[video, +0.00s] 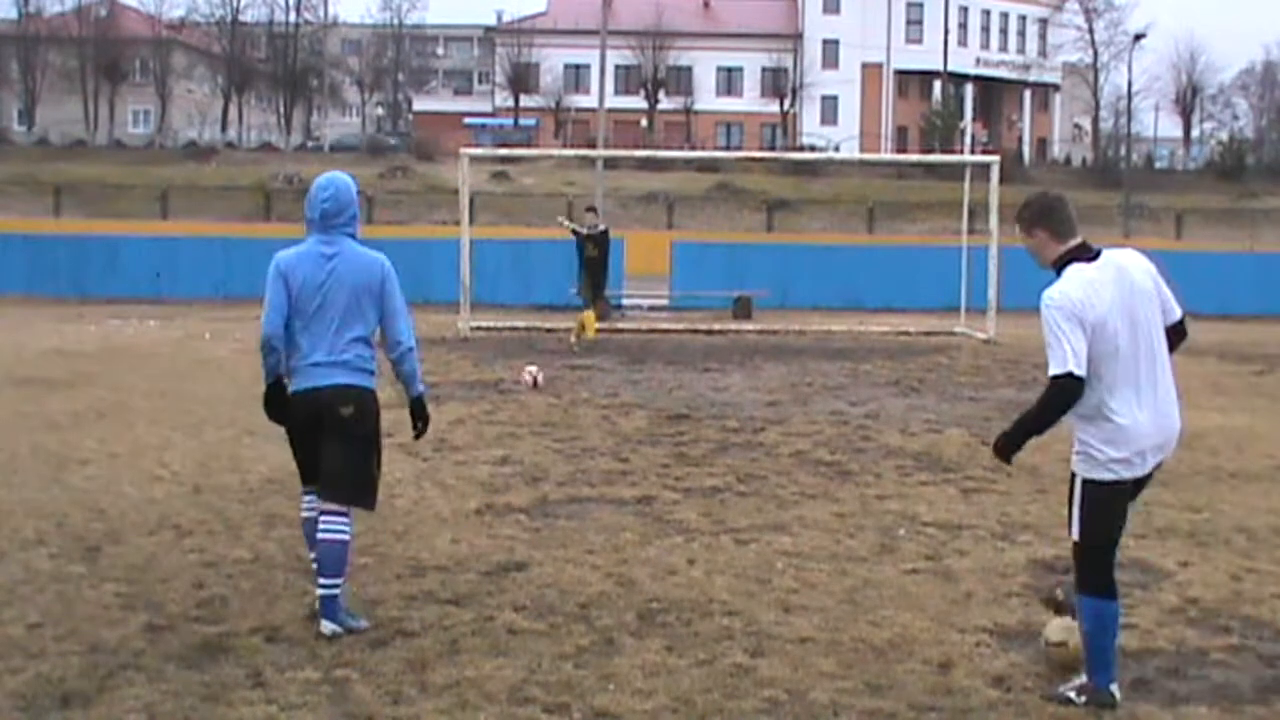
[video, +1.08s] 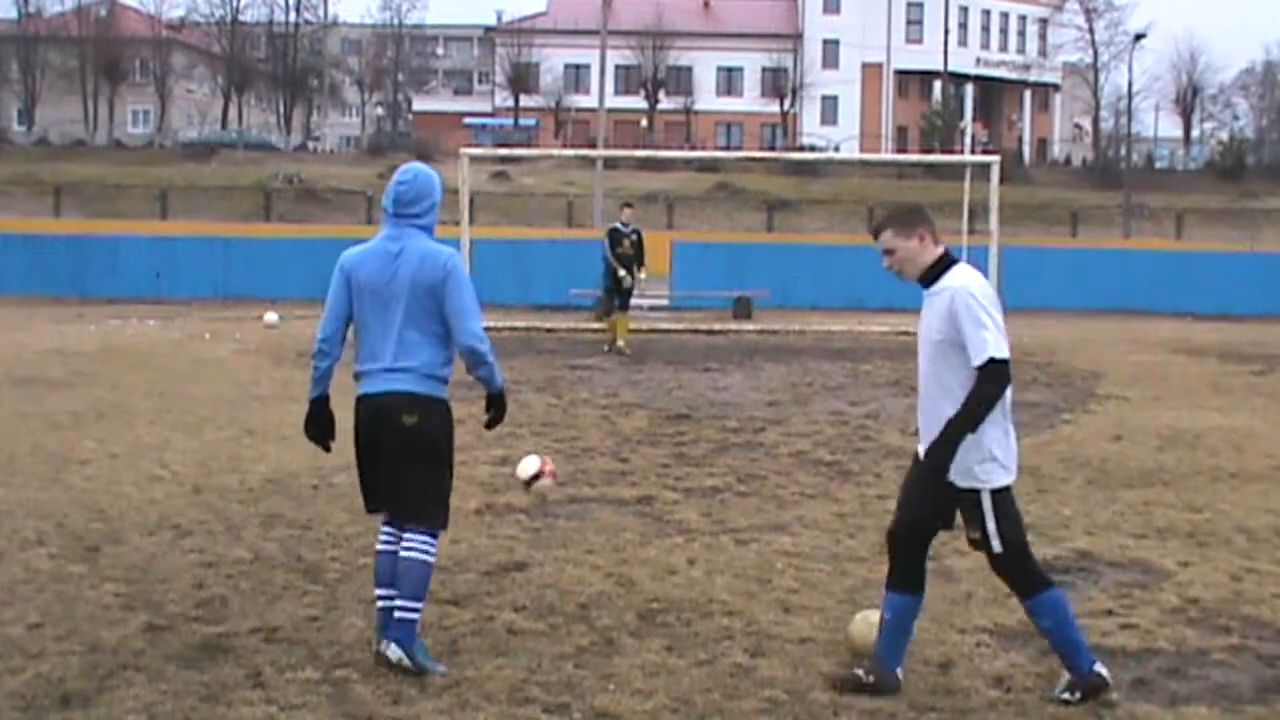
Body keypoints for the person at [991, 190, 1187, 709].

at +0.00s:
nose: (1028, 249)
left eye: (1027, 239)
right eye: (1026, 240)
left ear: (1042, 236)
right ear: (1072, 226)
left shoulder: (1061, 297)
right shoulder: (1132, 260)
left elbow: (1068, 384)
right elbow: (1176, 330)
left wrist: (1014, 437)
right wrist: (1128, 368)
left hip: (1109, 447)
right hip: (1159, 431)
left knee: (1093, 561)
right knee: (1101, 518)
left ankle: (1100, 683)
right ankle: (1087, 599)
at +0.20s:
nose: (1018, 255)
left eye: (1018, 244)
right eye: (1015, 245)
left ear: (1039, 235)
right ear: (1057, 231)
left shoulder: (1059, 294)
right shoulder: (1121, 261)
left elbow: (1070, 383)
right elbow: (1163, 327)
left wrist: (1028, 442)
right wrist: (1120, 375)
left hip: (1091, 441)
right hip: (1128, 429)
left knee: (1085, 563)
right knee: (1043, 490)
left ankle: (1100, 686)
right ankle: (1019, 604)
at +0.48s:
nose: (1008, 249)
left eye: (1011, 239)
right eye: (1006, 240)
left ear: (1042, 229)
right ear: (1047, 231)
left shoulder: (1059, 288)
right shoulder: (1099, 266)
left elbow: (1077, 380)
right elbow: (1126, 333)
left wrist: (1031, 457)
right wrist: (1089, 380)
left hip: (1063, 449)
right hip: (1038, 429)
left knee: (1064, 562)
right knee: (979, 478)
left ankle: (1099, 684)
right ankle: (944, 591)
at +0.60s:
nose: (1005, 242)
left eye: (1011, 230)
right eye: (1000, 232)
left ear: (1044, 222)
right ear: (1035, 227)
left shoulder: (1068, 285)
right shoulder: (1049, 273)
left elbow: (1082, 375)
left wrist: (1022, 445)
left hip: (1052, 449)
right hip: (1019, 431)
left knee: (1057, 561)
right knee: (963, 486)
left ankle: (1097, 682)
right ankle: (924, 597)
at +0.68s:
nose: (1004, 237)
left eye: (1012, 225)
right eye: (998, 229)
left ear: (1042, 219)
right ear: (1001, 233)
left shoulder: (1066, 283)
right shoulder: (1031, 276)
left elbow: (1087, 372)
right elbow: (1031, 375)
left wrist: (1019, 439)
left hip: (1044, 450)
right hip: (1006, 433)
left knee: (1053, 560)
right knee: (952, 489)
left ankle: (1096, 681)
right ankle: (915, 598)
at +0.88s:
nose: (961, 242)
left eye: (967, 230)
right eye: (956, 234)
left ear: (1000, 220)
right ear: (965, 233)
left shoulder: (1039, 281)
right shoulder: (994, 280)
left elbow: (1067, 364)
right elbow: (1003, 366)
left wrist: (1010, 426)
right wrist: (975, 425)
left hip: (1019, 450)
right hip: (975, 431)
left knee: (1036, 559)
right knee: (910, 489)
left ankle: (1092, 677)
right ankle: (907, 597)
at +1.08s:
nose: (887, 263)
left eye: (891, 251)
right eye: (883, 254)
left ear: (925, 239)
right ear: (915, 245)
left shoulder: (965, 288)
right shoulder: (937, 291)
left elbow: (996, 373)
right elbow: (959, 373)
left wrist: (946, 442)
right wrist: (936, 436)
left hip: (977, 458)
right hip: (938, 453)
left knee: (1012, 560)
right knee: (905, 541)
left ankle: (1085, 671)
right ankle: (884, 667)